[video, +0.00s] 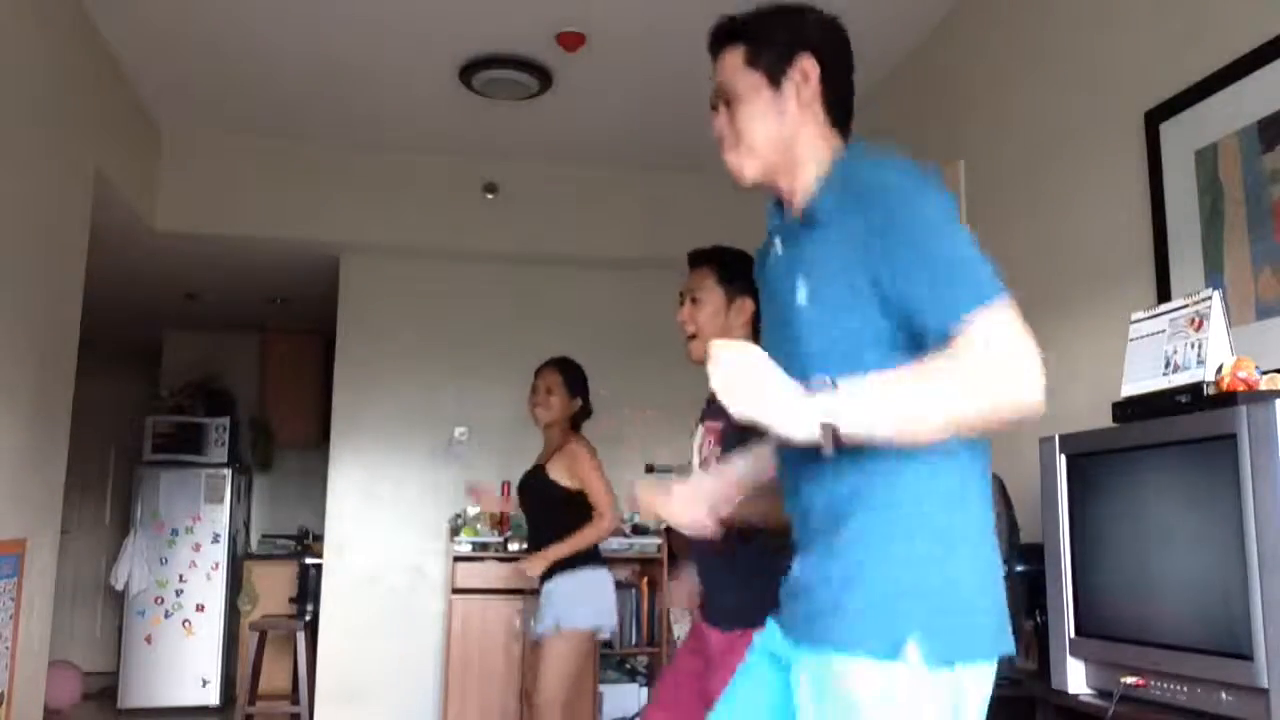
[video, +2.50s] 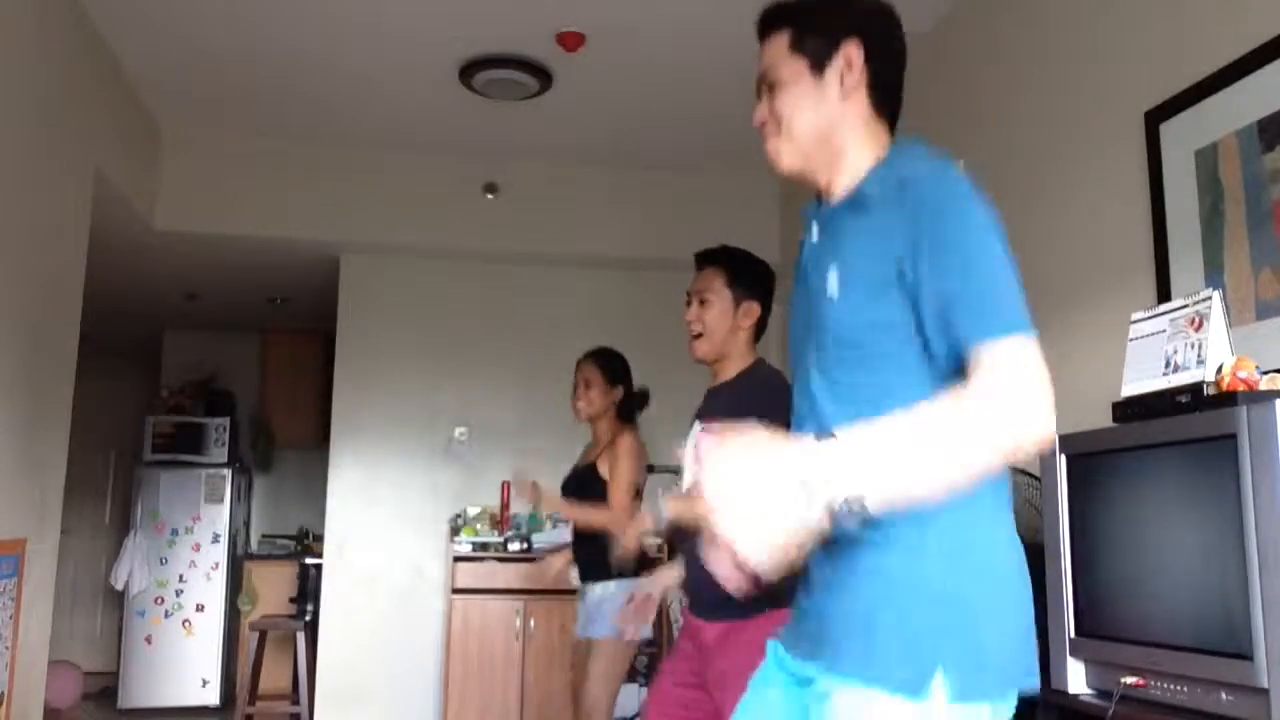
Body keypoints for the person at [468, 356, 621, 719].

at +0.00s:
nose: (538, 397)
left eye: (550, 391)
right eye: (535, 390)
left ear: (576, 403)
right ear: (530, 396)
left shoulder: (576, 449)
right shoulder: (550, 450)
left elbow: (608, 518)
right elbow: (554, 512)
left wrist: (545, 557)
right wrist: (501, 504)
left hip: (578, 584)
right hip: (557, 583)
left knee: (547, 704)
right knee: (550, 701)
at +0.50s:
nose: (541, 404)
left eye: (552, 395)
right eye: (538, 395)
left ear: (578, 404)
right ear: (534, 402)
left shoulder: (581, 450)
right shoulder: (554, 454)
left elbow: (612, 518)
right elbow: (554, 521)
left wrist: (555, 568)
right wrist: (510, 496)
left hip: (585, 583)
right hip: (555, 582)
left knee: (573, 701)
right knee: (532, 688)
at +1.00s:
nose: (564, 427)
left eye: (575, 418)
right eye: (560, 418)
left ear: (601, 427)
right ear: (555, 424)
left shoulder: (604, 473)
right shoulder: (580, 479)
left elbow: (622, 549)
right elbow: (590, 547)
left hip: (612, 614)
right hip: (594, 613)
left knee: (583, 712)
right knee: (540, 687)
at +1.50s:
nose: (571, 423)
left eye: (581, 413)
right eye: (568, 413)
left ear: (610, 421)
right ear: (565, 418)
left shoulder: (617, 473)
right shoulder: (588, 476)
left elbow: (628, 556)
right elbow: (592, 546)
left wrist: (559, 572)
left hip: (619, 613)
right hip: (592, 613)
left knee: (587, 713)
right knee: (546, 705)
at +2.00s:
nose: (576, 410)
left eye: (588, 401)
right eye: (574, 401)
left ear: (616, 409)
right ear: (570, 405)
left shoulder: (618, 455)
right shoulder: (595, 457)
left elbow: (620, 536)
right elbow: (591, 531)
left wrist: (550, 546)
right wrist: (537, 537)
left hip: (615, 599)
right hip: (597, 597)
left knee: (581, 711)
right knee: (573, 709)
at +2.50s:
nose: (578, 395)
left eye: (589, 386)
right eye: (577, 386)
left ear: (617, 393)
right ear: (576, 390)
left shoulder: (625, 443)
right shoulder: (596, 443)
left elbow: (620, 516)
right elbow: (596, 525)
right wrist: (557, 562)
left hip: (620, 589)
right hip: (593, 587)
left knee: (594, 703)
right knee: (580, 698)